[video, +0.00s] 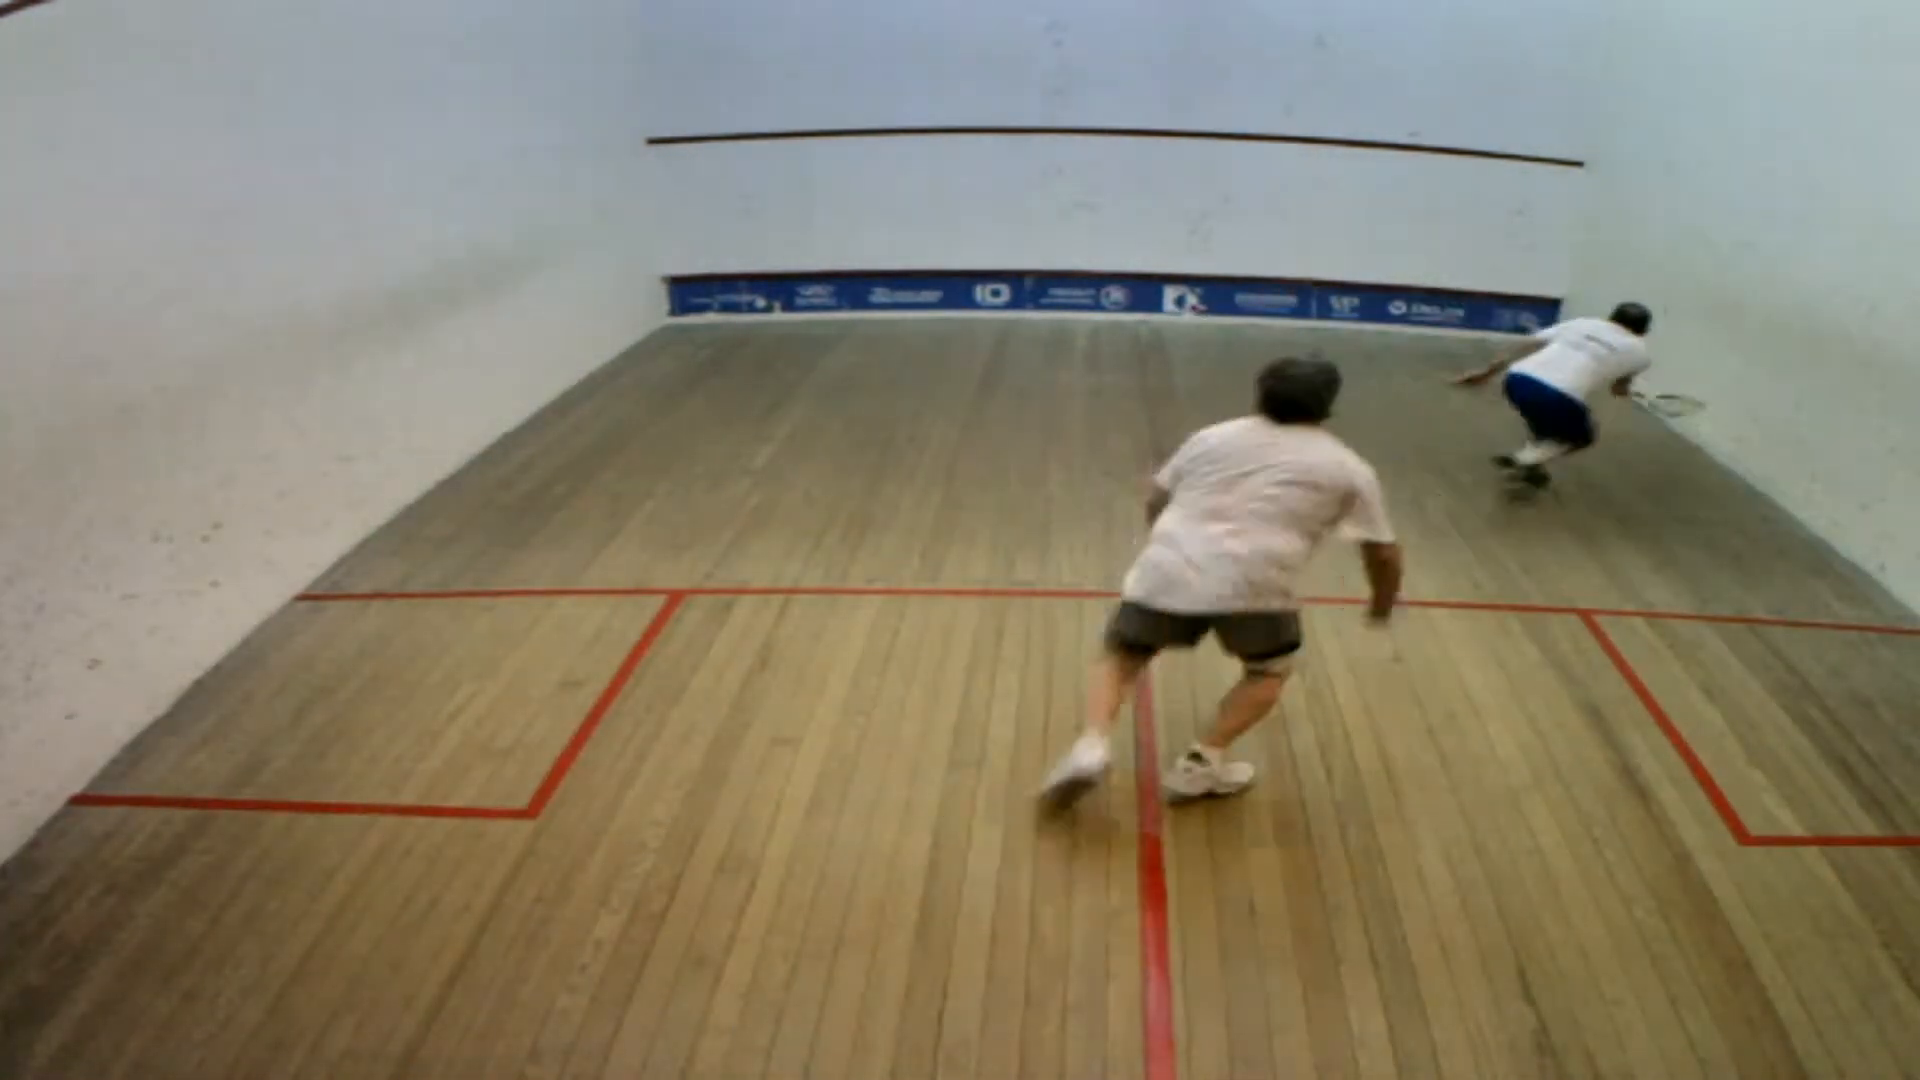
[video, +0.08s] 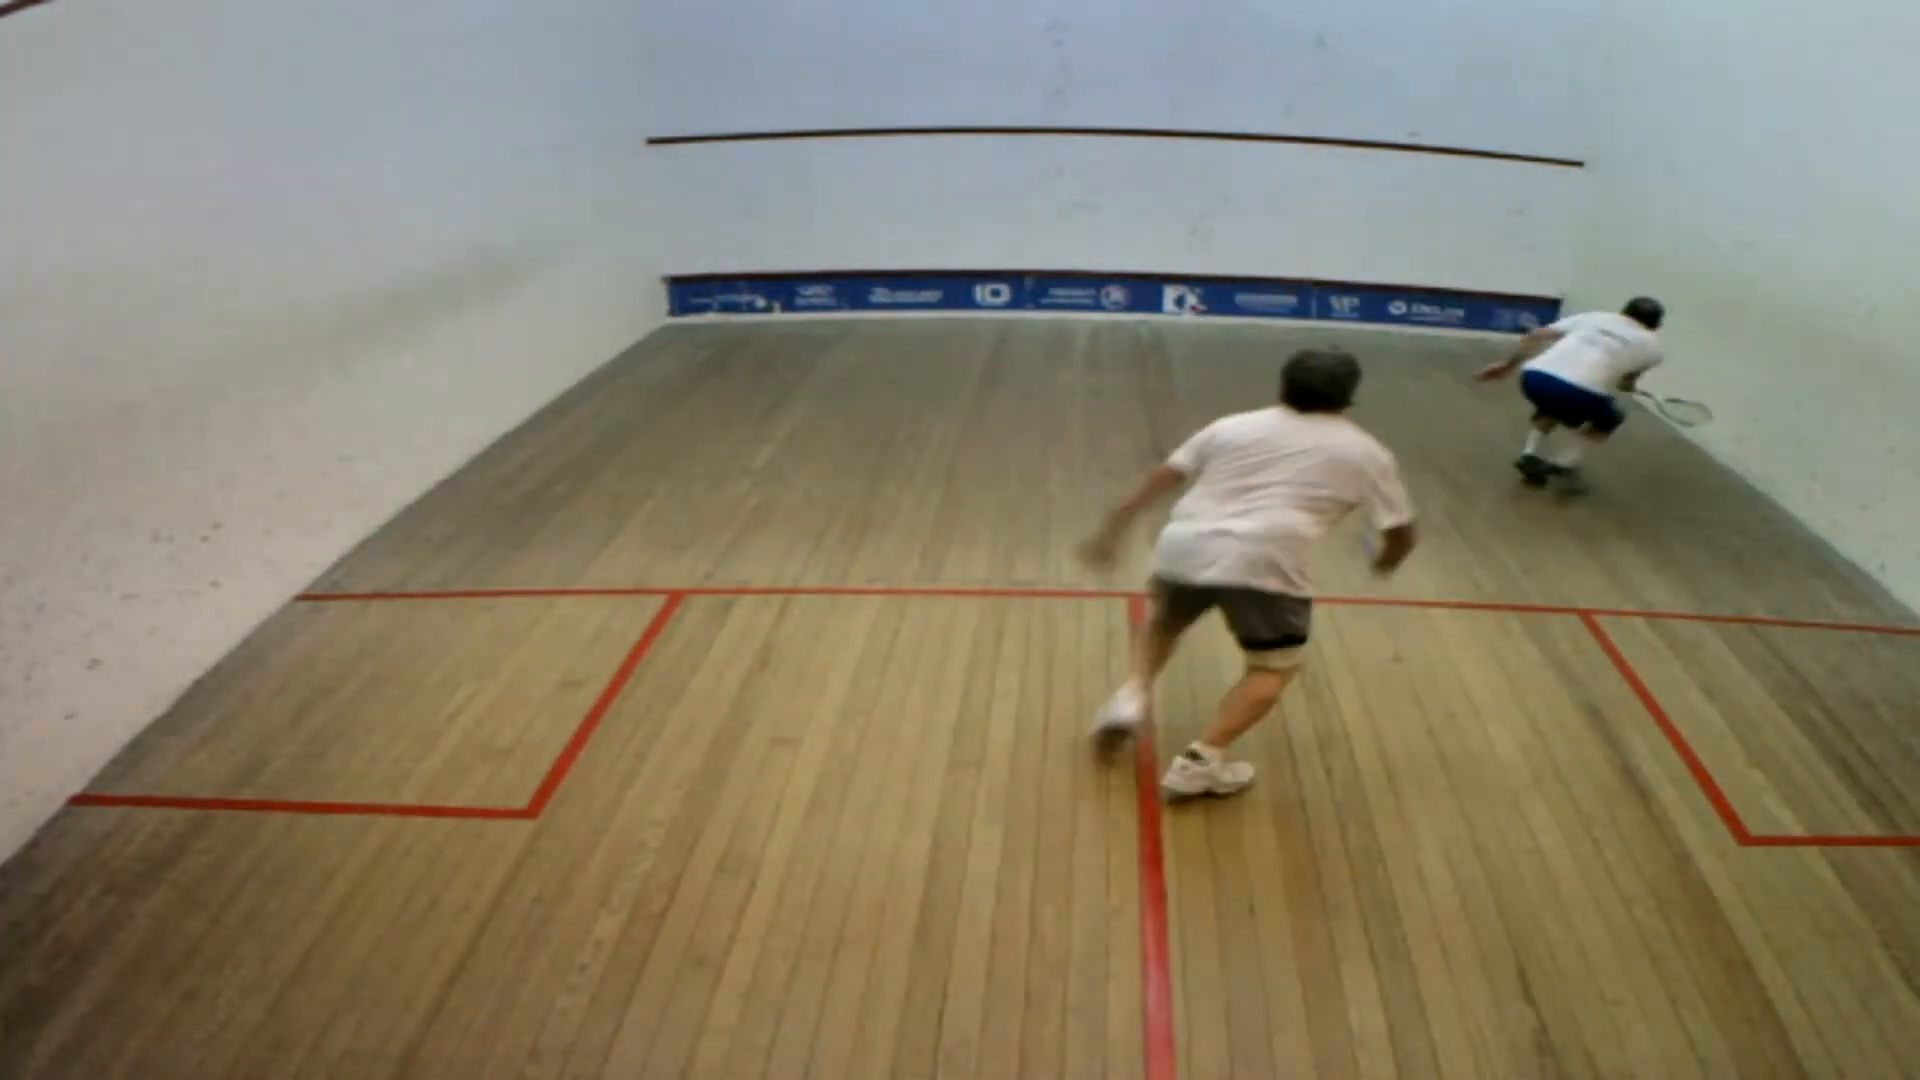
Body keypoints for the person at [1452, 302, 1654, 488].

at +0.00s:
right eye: (1643, 332)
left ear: (1613, 316)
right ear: (1641, 331)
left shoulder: (1582, 323)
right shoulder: (1639, 353)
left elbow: (1529, 344)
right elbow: (1619, 387)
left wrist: (1486, 372)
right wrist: (1626, 390)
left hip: (1520, 378)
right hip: (1561, 396)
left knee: (1541, 428)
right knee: (1582, 438)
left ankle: (1530, 465)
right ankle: (1524, 458)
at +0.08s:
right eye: (1656, 327)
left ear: (1625, 310)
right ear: (1653, 327)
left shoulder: (1594, 317)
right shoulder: (1652, 349)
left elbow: (1536, 335)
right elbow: (1626, 382)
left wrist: (1508, 363)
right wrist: (1629, 383)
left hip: (1536, 376)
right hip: (1580, 394)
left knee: (1552, 406)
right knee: (1611, 418)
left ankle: (1529, 452)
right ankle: (1565, 459)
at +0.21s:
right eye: (1683, 309)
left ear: (1651, 297)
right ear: (1681, 310)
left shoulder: (1622, 309)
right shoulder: (1683, 335)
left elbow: (1573, 329)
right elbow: (1662, 372)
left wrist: (1557, 361)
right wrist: (1648, 389)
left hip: (1581, 378)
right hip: (1631, 391)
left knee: (1559, 410)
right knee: (1640, 429)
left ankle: (1544, 448)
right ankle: (1626, 465)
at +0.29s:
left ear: (1657, 292)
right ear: (1689, 304)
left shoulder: (1630, 307)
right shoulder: (1695, 331)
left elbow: (1587, 332)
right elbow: (1675, 371)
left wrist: (1580, 361)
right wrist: (1661, 389)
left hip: (1597, 377)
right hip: (1644, 391)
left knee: (1567, 399)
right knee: (1642, 424)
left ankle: (1563, 448)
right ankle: (1625, 462)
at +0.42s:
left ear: (1672, 279)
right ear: (1704, 291)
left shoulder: (1647, 296)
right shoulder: (1709, 322)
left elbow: (1609, 329)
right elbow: (1702, 369)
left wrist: (1620, 354)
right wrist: (1692, 397)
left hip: (1621, 371)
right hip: (1664, 384)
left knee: (1576, 408)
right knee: (1643, 417)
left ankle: (1593, 450)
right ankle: (1627, 459)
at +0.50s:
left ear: (1687, 267)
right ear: (1718, 277)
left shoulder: (1659, 287)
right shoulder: (1724, 312)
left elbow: (1624, 324)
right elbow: (1731, 365)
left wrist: (1633, 343)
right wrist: (1724, 390)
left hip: (1631, 369)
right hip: (1673, 381)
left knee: (1595, 420)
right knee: (1647, 424)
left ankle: (1619, 469)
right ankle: (1631, 470)